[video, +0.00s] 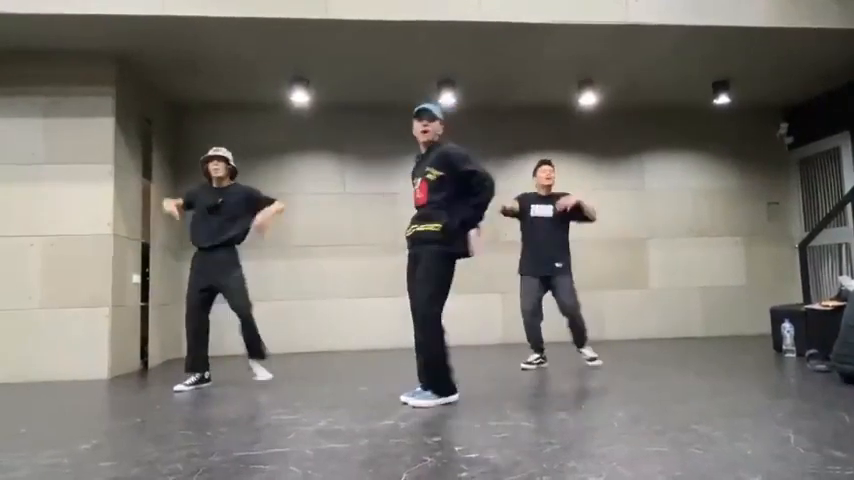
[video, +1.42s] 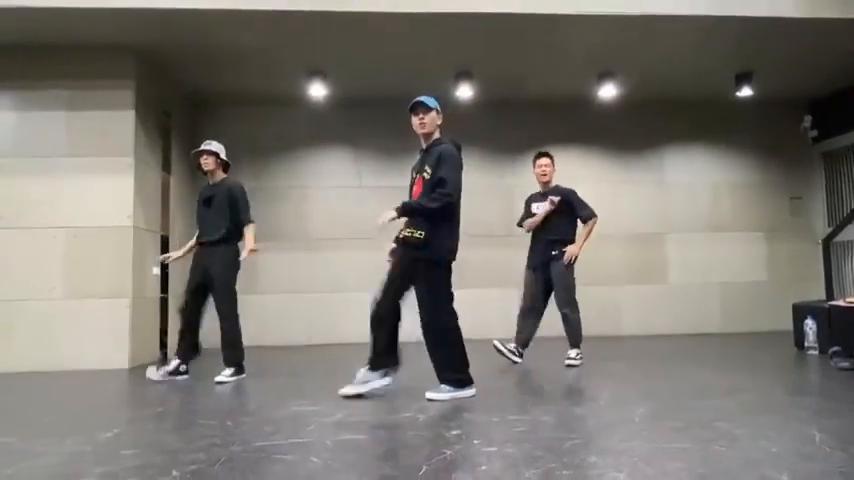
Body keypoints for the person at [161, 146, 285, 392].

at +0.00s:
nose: (215, 165)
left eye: (219, 162)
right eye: (211, 162)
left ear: (229, 167)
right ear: (206, 167)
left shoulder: (242, 192)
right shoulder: (200, 192)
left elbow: (278, 204)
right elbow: (172, 203)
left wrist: (266, 215)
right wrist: (170, 206)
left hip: (227, 260)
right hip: (201, 262)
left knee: (244, 310)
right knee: (195, 317)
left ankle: (256, 360)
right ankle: (199, 372)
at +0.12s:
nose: (206, 164)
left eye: (211, 160)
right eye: (203, 161)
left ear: (221, 164)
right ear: (200, 167)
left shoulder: (235, 192)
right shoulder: (200, 194)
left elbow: (262, 218)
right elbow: (198, 218)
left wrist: (251, 245)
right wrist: (188, 233)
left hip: (220, 255)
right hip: (199, 255)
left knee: (219, 310)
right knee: (195, 314)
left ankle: (230, 353)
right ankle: (202, 370)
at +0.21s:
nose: (204, 165)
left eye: (208, 161)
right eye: (201, 162)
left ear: (220, 165)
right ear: (199, 168)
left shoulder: (235, 194)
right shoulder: (204, 196)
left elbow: (251, 228)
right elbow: (208, 228)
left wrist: (240, 258)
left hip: (218, 255)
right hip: (198, 255)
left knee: (208, 314)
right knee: (193, 315)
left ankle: (220, 370)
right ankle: (201, 369)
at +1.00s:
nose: (207, 163)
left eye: (212, 159)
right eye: (205, 160)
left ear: (223, 161)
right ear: (203, 165)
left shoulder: (238, 190)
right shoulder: (205, 192)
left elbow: (242, 229)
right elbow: (198, 227)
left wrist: (233, 262)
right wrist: (185, 253)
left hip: (225, 254)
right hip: (206, 254)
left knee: (224, 311)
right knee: (204, 310)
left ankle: (229, 368)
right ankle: (210, 364)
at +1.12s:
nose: (209, 164)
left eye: (213, 159)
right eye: (206, 160)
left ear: (225, 162)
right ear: (204, 165)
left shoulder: (239, 191)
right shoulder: (205, 192)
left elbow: (239, 231)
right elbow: (200, 224)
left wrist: (215, 257)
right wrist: (196, 248)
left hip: (230, 254)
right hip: (208, 253)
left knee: (230, 312)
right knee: (192, 305)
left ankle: (233, 367)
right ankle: (225, 338)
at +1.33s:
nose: (205, 159)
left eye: (210, 155)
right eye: (203, 156)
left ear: (222, 158)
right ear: (201, 161)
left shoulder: (236, 187)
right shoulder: (205, 189)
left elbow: (243, 223)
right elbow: (205, 225)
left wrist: (232, 241)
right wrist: (192, 244)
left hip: (226, 254)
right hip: (204, 253)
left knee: (228, 313)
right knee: (177, 297)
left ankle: (236, 366)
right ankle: (215, 322)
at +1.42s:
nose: (203, 160)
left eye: (208, 156)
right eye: (201, 157)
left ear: (220, 159)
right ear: (201, 162)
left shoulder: (234, 187)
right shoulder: (205, 191)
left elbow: (247, 221)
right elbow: (202, 230)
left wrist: (248, 245)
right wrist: (181, 252)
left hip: (225, 252)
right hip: (202, 252)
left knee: (226, 309)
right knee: (190, 307)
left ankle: (234, 365)